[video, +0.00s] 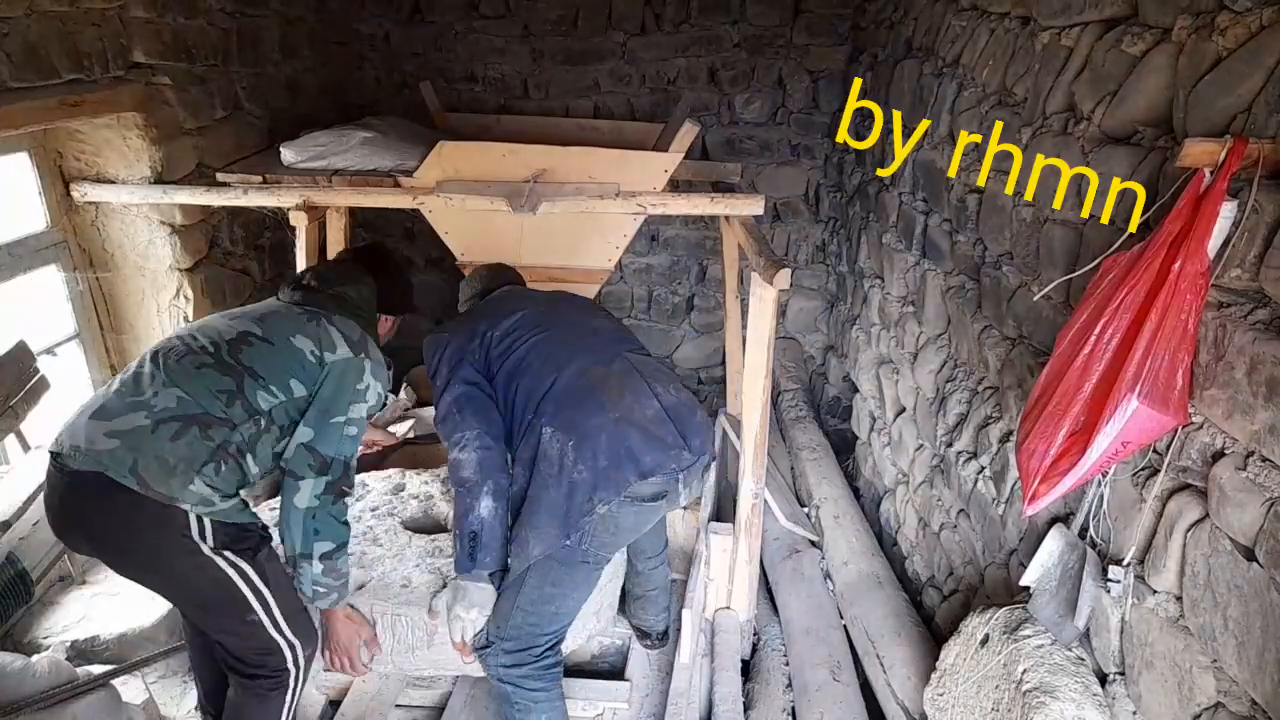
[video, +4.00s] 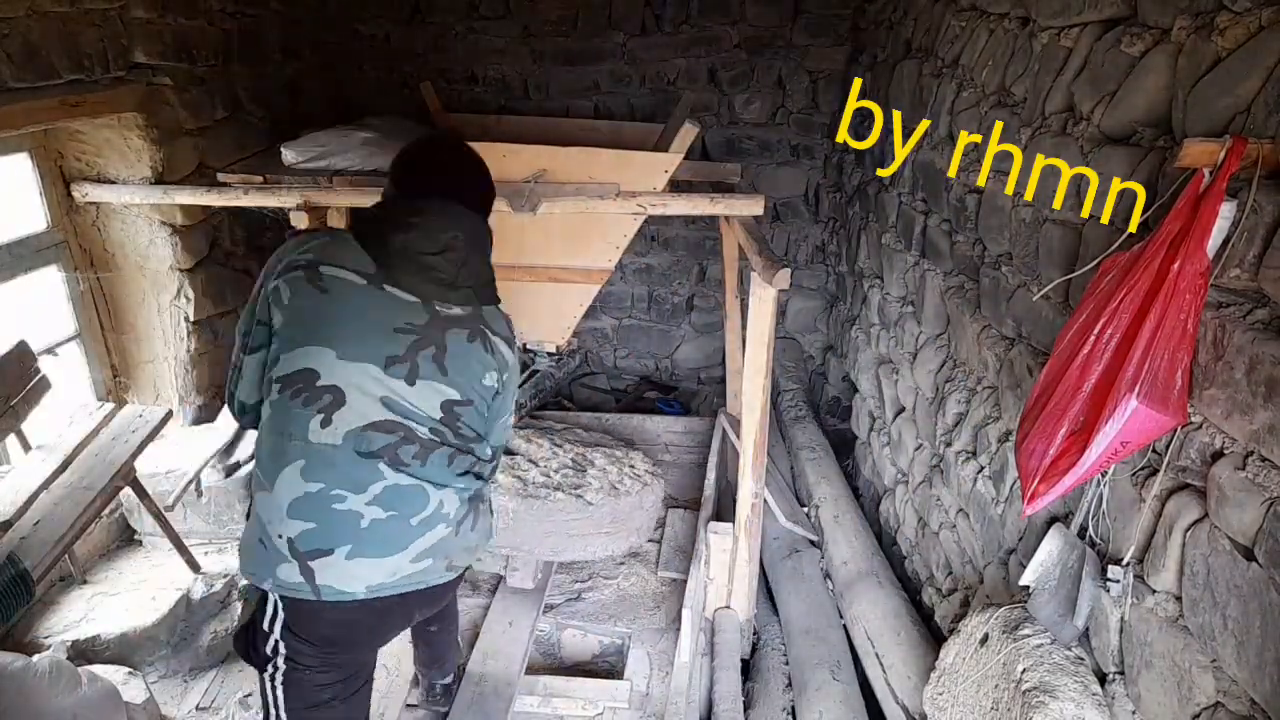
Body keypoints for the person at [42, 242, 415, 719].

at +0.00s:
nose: (392, 333)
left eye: (393, 324)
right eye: (395, 324)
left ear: (322, 287)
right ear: (384, 322)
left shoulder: (269, 314)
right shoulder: (357, 358)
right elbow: (315, 490)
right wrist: (333, 604)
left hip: (72, 483)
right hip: (150, 500)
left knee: (209, 607)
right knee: (281, 653)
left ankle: (219, 709)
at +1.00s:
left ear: (310, 239)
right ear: (389, 252)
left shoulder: (251, 267)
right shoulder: (414, 302)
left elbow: (160, 333)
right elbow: (426, 415)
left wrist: (180, 444)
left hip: (247, 494)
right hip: (368, 497)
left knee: (232, 675)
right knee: (382, 553)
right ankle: (372, 684)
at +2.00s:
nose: (226, 251)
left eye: (231, 240)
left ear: (240, 239)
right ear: (342, 226)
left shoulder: (218, 294)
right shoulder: (427, 304)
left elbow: (31, 336)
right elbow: (485, 411)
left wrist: (9, 422)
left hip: (352, 626)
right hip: (495, 594)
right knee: (493, 698)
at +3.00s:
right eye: (492, 225)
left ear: (421, 213)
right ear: (500, 236)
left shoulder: (350, 254)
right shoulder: (516, 319)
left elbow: (249, 321)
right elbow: (531, 442)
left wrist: (303, 430)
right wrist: (502, 504)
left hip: (353, 543)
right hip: (472, 539)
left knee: (354, 709)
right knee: (456, 622)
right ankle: (473, 701)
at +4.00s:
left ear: (390, 194)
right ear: (484, 213)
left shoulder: (299, 264)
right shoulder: (495, 332)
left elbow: (247, 399)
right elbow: (488, 452)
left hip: (319, 585)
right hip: (436, 565)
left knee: (321, 708)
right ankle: (435, 690)